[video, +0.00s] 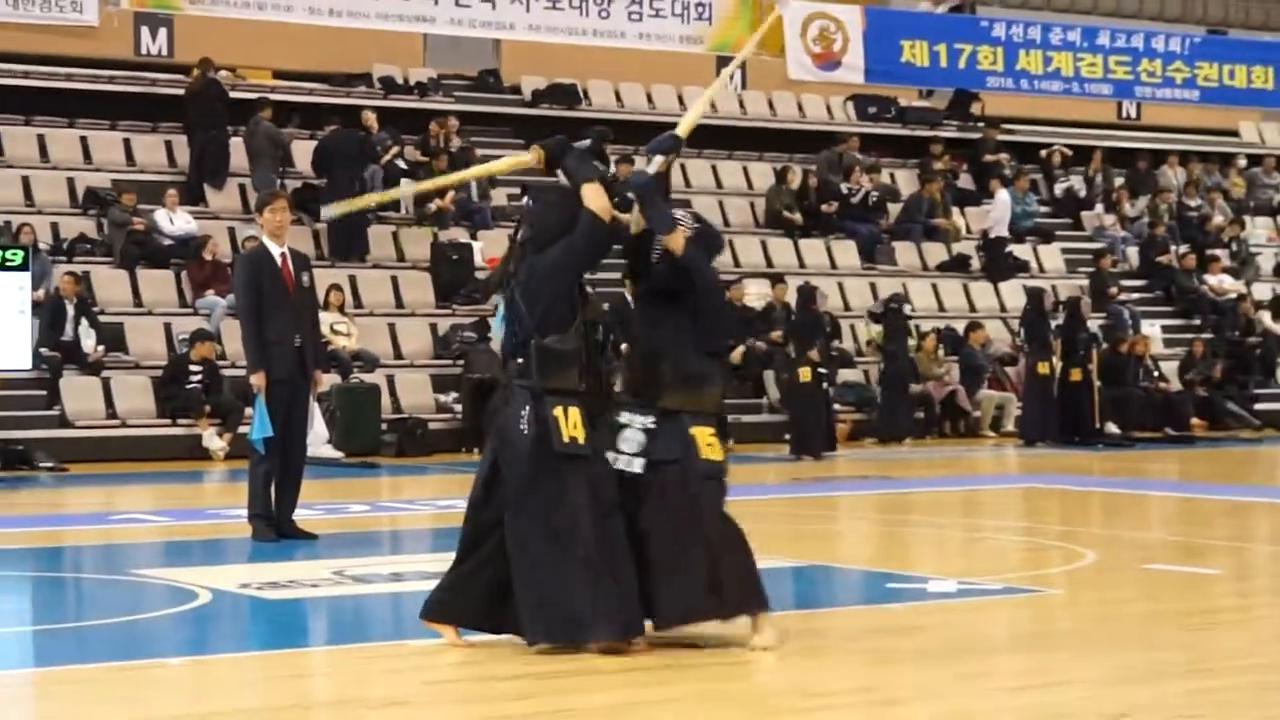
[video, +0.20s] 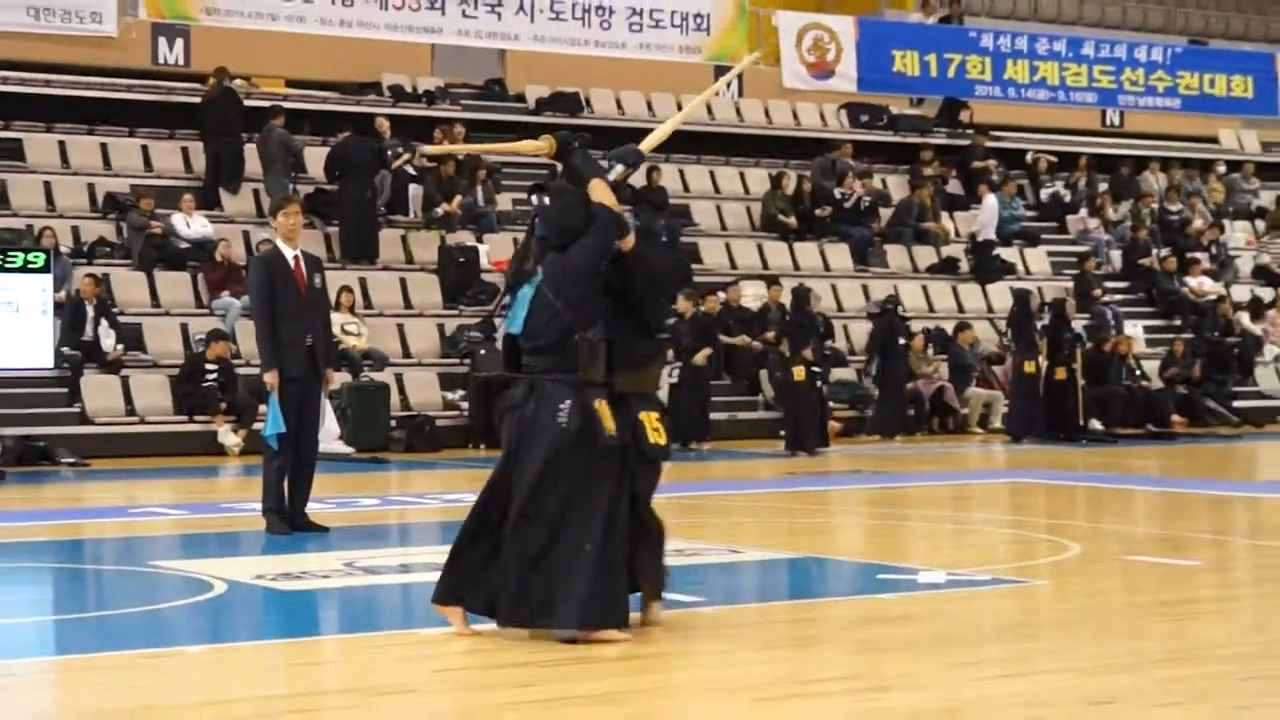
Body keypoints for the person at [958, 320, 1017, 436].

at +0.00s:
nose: (985, 335)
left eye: (984, 331)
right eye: (981, 331)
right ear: (971, 334)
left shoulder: (980, 351)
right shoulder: (967, 352)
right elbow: (982, 367)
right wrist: (990, 366)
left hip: (984, 389)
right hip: (971, 391)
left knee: (1010, 398)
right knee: (991, 397)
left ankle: (1007, 426)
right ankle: (984, 428)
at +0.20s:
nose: (973, 335)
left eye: (972, 332)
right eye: (970, 332)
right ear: (960, 334)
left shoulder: (969, 350)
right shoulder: (955, 350)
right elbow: (968, 364)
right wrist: (977, 365)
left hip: (973, 387)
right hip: (959, 388)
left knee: (998, 396)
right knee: (978, 394)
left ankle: (994, 423)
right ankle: (972, 425)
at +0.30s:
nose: (962, 336)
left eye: (962, 333)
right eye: (959, 333)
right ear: (949, 335)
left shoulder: (958, 351)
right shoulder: (946, 351)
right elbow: (958, 365)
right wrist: (966, 367)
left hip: (963, 386)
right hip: (950, 388)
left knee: (986, 395)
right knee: (968, 393)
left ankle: (983, 422)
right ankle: (961, 423)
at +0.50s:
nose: (952, 338)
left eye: (952, 335)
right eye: (949, 335)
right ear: (940, 337)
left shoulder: (948, 352)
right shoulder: (937, 353)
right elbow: (949, 368)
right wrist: (956, 368)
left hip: (952, 386)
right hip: (941, 388)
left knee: (976, 395)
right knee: (958, 394)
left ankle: (973, 420)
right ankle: (952, 422)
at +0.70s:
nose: (951, 337)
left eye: (951, 334)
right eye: (948, 334)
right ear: (939, 336)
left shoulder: (947, 351)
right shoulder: (935, 352)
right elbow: (946, 367)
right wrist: (955, 367)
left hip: (951, 386)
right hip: (939, 388)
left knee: (974, 395)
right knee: (957, 393)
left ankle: (971, 420)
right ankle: (950, 422)